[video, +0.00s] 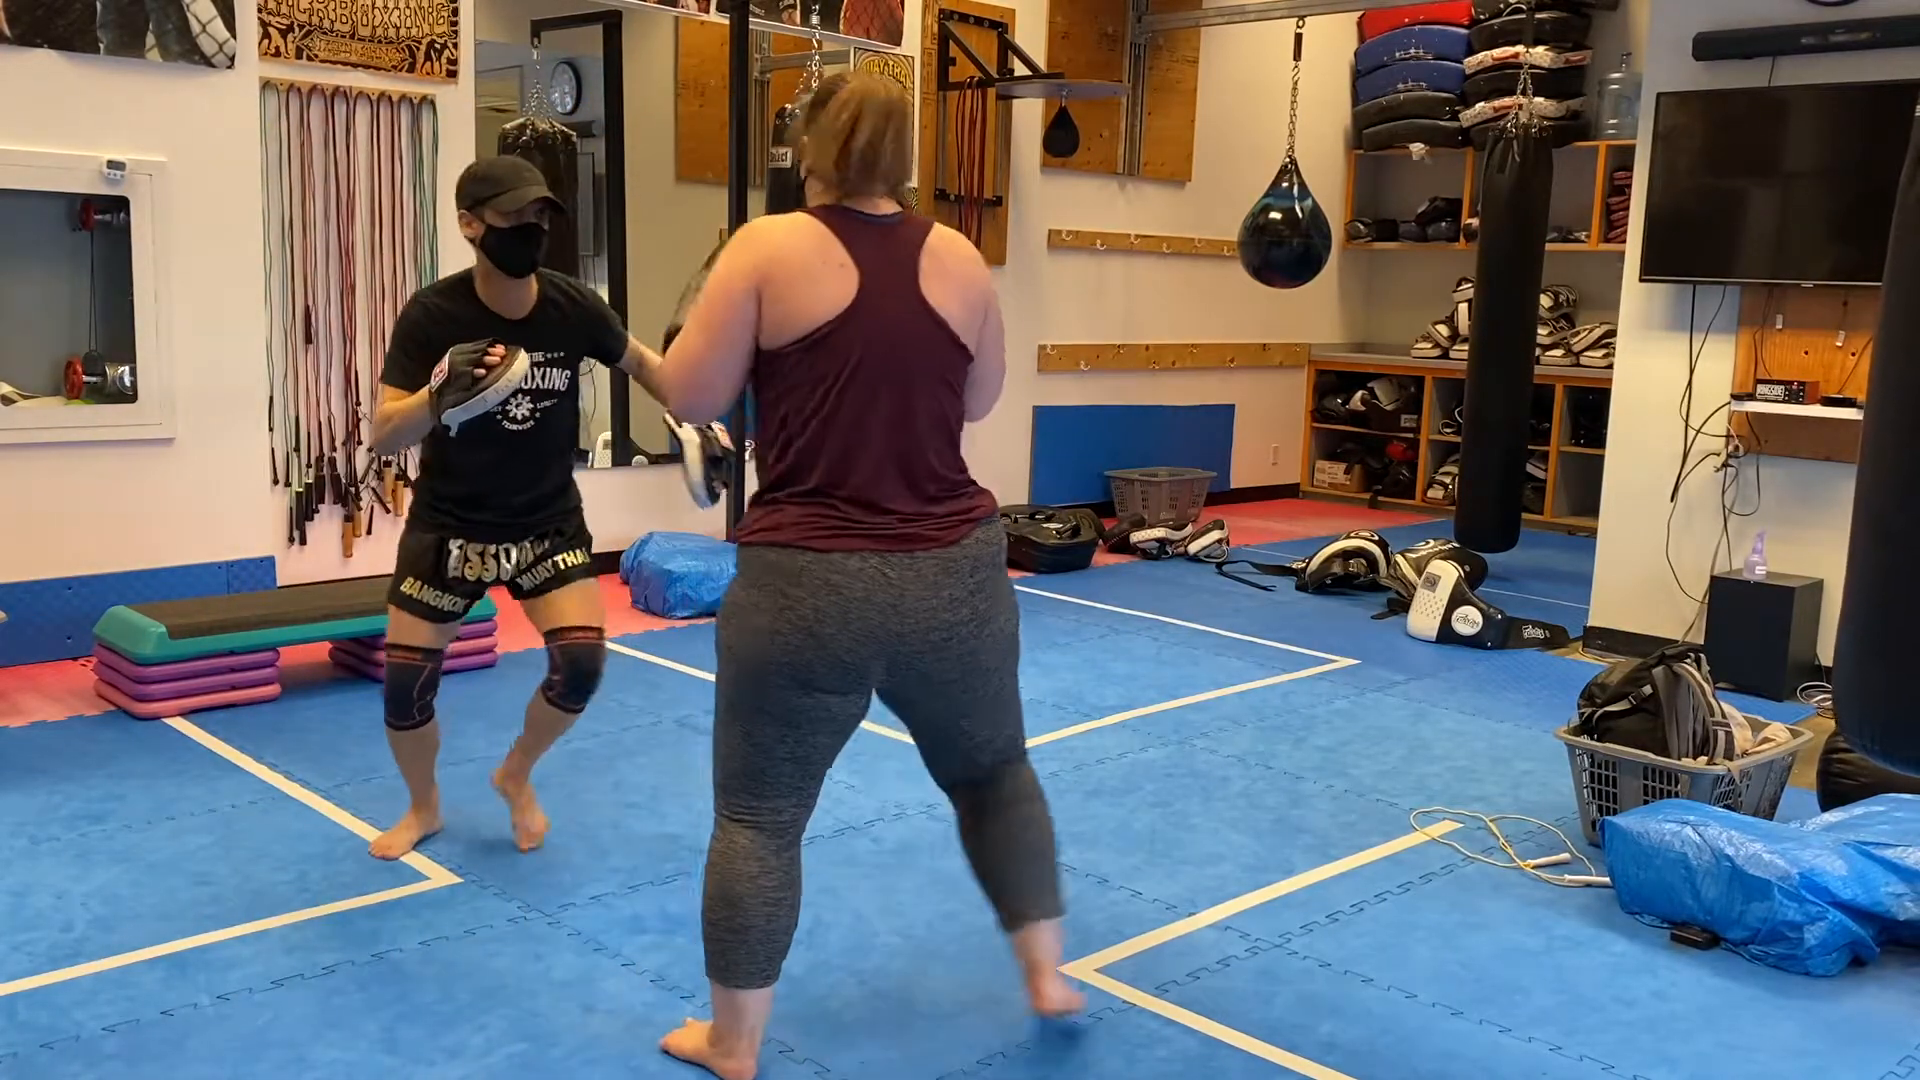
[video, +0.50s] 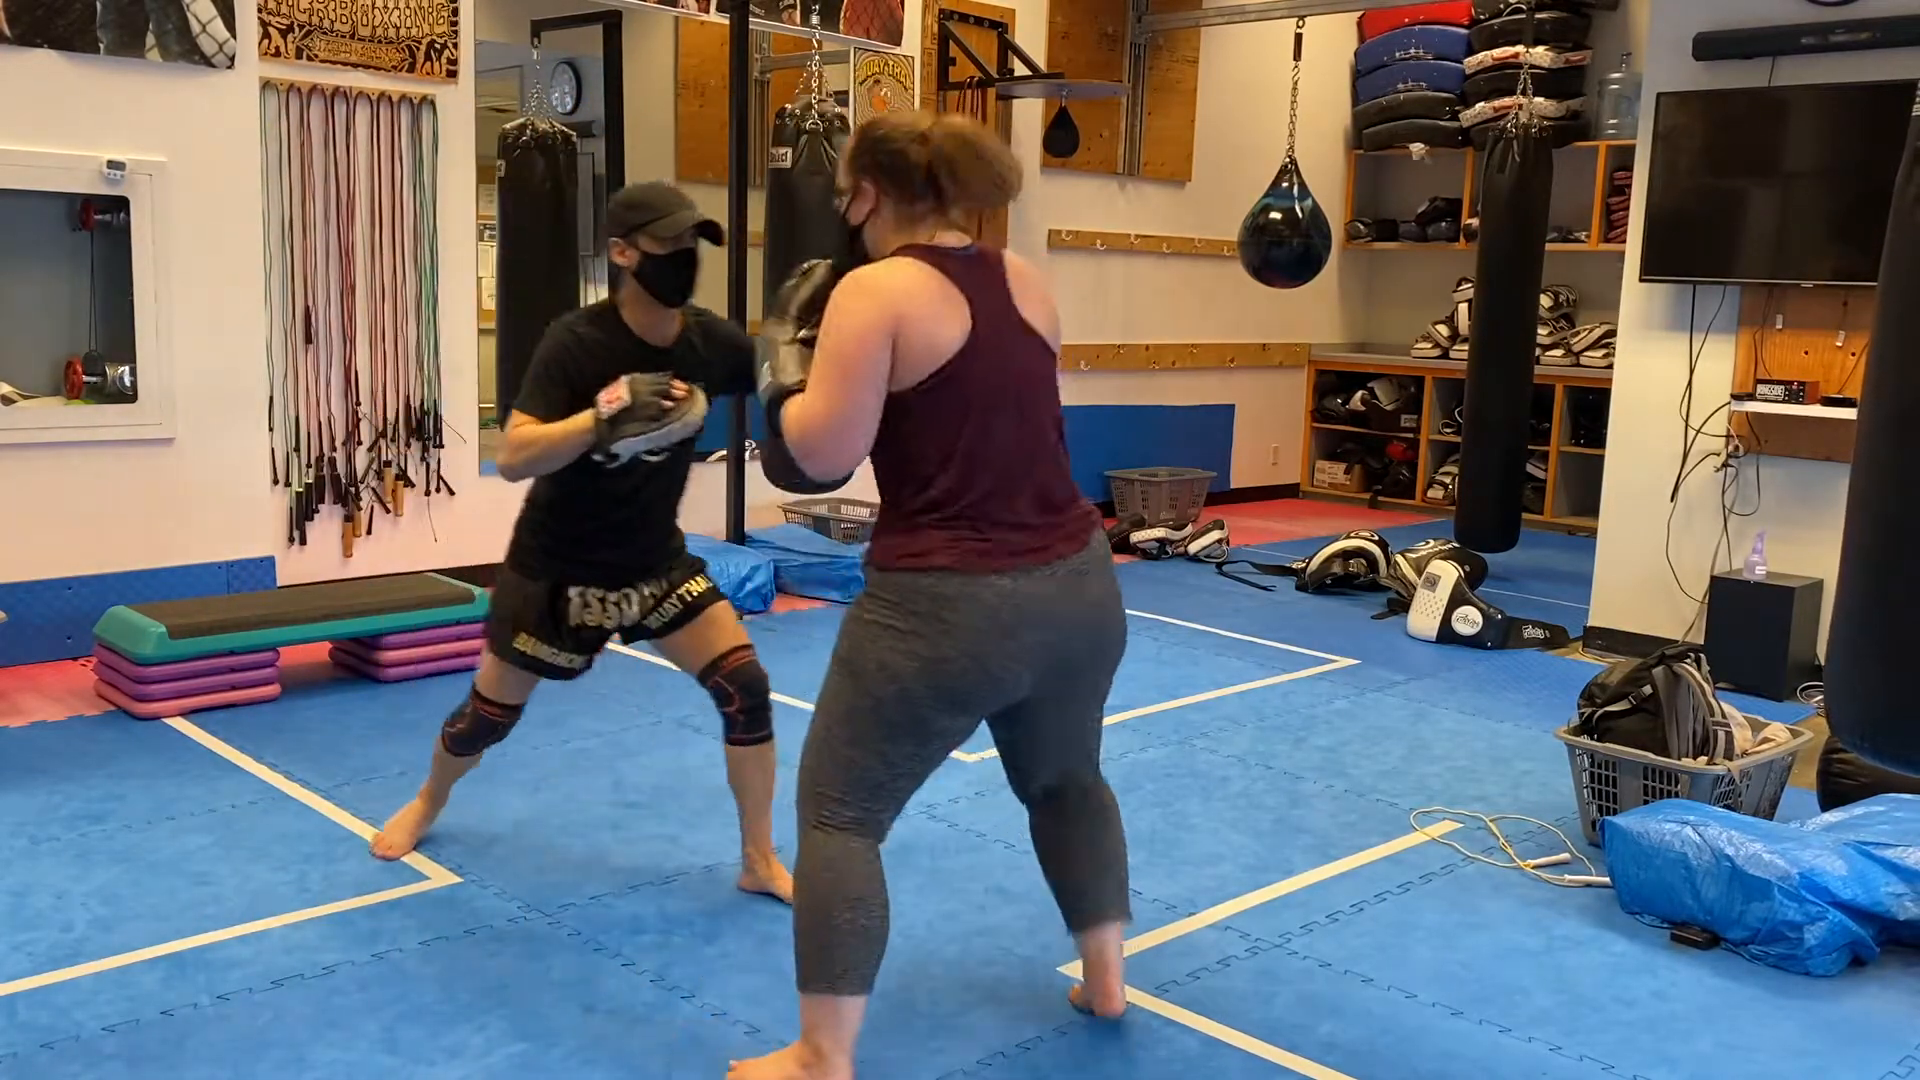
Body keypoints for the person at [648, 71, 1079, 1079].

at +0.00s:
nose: (800, 147)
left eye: (809, 133)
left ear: (815, 145)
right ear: (907, 150)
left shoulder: (763, 249)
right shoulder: (959, 259)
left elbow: (691, 393)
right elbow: (980, 396)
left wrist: (644, 346)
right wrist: (877, 353)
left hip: (803, 592)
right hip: (953, 590)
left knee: (759, 819)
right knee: (991, 768)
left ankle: (735, 1043)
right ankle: (1048, 980)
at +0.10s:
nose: (830, 167)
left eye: (835, 152)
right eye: (840, 151)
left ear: (846, 158)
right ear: (937, 160)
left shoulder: (805, 257)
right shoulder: (992, 269)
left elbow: (730, 401)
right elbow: (1007, 407)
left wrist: (731, 322)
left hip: (840, 596)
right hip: (987, 591)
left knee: (776, 817)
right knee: (1023, 784)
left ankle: (736, 1040)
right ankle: (1097, 982)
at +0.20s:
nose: (856, 184)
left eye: (859, 170)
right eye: (861, 168)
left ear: (878, 175)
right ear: (965, 174)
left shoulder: (861, 274)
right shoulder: (1028, 276)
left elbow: (791, 417)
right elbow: (1038, 410)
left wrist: (769, 330)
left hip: (892, 605)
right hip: (1032, 587)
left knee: (793, 814)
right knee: (1053, 794)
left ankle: (738, 1035)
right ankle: (1113, 1000)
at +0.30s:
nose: (878, 193)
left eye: (881, 177)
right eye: (879, 178)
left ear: (908, 179)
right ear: (992, 175)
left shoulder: (894, 278)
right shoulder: (1052, 273)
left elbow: (837, 436)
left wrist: (804, 337)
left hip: (925, 594)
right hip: (1061, 575)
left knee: (815, 806)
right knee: (1067, 795)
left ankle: (758, 1030)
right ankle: (1115, 1002)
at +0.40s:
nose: (878, 193)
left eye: (882, 178)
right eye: (880, 177)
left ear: (906, 179)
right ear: (987, 174)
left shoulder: (899, 275)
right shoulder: (1055, 270)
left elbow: (842, 431)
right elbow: (1047, 384)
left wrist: (814, 337)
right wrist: (903, 278)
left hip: (933, 587)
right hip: (1068, 575)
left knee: (825, 792)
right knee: (1067, 795)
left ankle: (823, 1040)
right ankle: (1113, 1003)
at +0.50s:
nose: (848, 218)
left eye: (849, 202)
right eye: (845, 204)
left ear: (875, 194)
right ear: (956, 192)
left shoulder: (874, 291)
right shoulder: (1028, 278)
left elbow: (821, 454)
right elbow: (1008, 382)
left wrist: (784, 398)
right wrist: (865, 337)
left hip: (940, 610)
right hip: (1077, 594)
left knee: (840, 818)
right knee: (1067, 778)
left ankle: (825, 1055)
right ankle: (1107, 982)